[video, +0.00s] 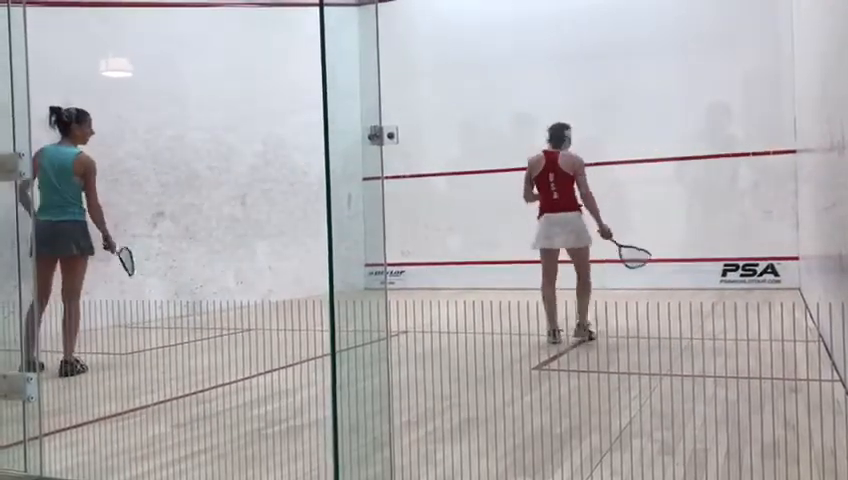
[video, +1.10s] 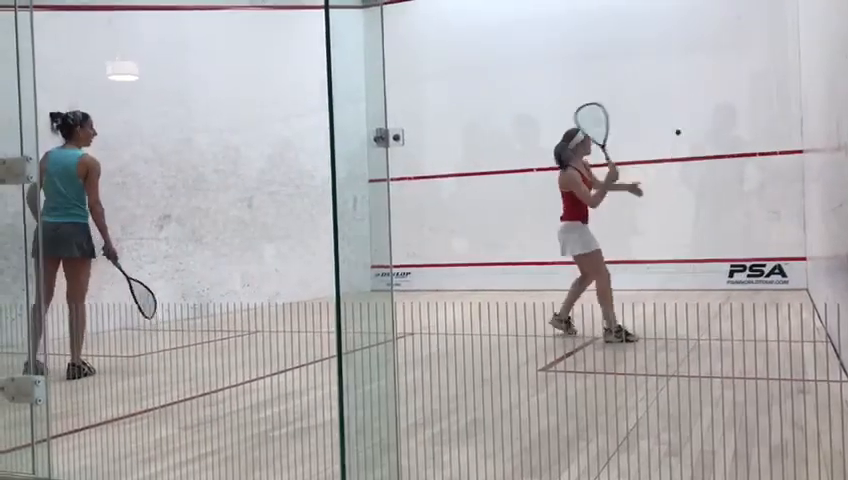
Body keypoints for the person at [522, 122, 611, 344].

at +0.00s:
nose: (571, 144)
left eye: (569, 140)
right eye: (570, 140)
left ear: (549, 139)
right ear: (566, 140)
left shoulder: (535, 161)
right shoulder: (574, 161)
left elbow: (528, 196)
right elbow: (585, 194)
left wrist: (546, 194)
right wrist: (601, 224)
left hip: (548, 222)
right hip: (572, 221)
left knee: (548, 279)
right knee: (583, 275)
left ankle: (553, 329)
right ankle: (582, 324)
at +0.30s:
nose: (581, 148)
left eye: (582, 144)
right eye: (579, 144)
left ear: (559, 143)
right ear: (572, 143)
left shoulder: (545, 164)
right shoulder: (579, 163)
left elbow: (549, 194)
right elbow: (591, 198)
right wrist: (614, 223)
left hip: (555, 224)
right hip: (578, 223)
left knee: (553, 277)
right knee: (596, 274)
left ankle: (554, 329)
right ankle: (606, 325)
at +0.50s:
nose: (596, 141)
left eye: (596, 136)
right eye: (592, 137)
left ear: (575, 141)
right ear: (580, 139)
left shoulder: (564, 164)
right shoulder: (586, 162)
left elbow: (575, 199)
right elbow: (603, 194)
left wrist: (596, 218)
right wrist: (635, 206)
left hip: (566, 222)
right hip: (586, 222)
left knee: (568, 276)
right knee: (603, 275)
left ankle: (557, 327)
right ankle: (608, 327)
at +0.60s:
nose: (601, 141)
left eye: (600, 137)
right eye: (598, 137)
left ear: (580, 141)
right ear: (589, 140)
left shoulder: (572, 165)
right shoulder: (589, 163)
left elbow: (593, 201)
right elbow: (605, 193)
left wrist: (618, 219)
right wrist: (646, 197)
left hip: (573, 224)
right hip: (590, 224)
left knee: (581, 276)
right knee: (608, 276)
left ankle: (560, 322)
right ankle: (609, 326)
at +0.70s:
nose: (603, 139)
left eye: (601, 135)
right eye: (599, 136)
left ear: (585, 143)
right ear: (589, 142)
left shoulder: (578, 167)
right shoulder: (588, 166)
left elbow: (611, 194)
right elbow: (609, 195)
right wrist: (638, 210)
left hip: (577, 225)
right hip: (590, 225)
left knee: (595, 273)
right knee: (612, 274)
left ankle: (566, 311)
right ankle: (611, 326)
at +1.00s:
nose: (595, 140)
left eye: (593, 137)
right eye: (592, 138)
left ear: (580, 144)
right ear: (582, 144)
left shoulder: (589, 162)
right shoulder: (575, 171)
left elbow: (615, 173)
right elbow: (601, 198)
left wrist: (648, 166)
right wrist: (625, 178)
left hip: (582, 226)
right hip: (580, 227)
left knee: (595, 273)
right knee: (605, 275)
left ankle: (565, 311)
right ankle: (612, 328)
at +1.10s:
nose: (590, 143)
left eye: (588, 140)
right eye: (586, 140)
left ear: (575, 148)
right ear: (576, 147)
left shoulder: (582, 165)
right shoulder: (570, 174)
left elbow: (598, 185)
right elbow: (592, 202)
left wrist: (628, 188)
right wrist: (608, 181)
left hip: (575, 228)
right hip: (575, 230)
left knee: (588, 274)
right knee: (602, 274)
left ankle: (562, 316)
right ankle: (612, 327)